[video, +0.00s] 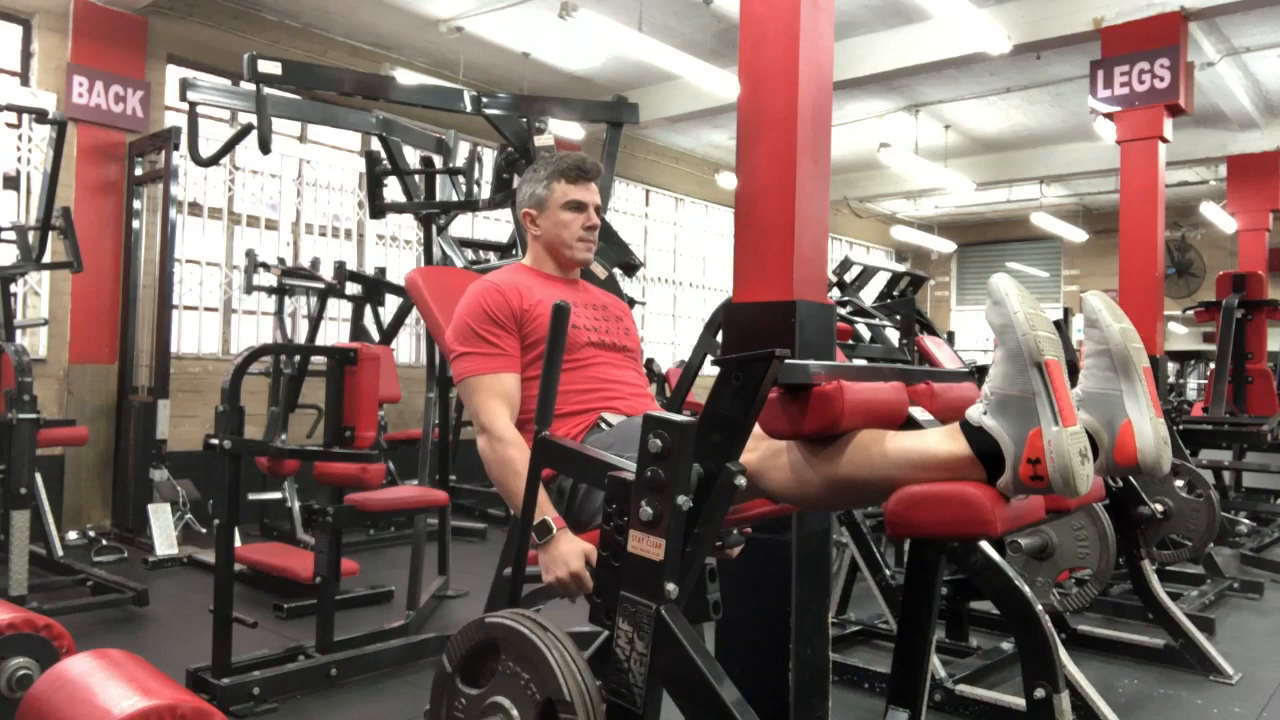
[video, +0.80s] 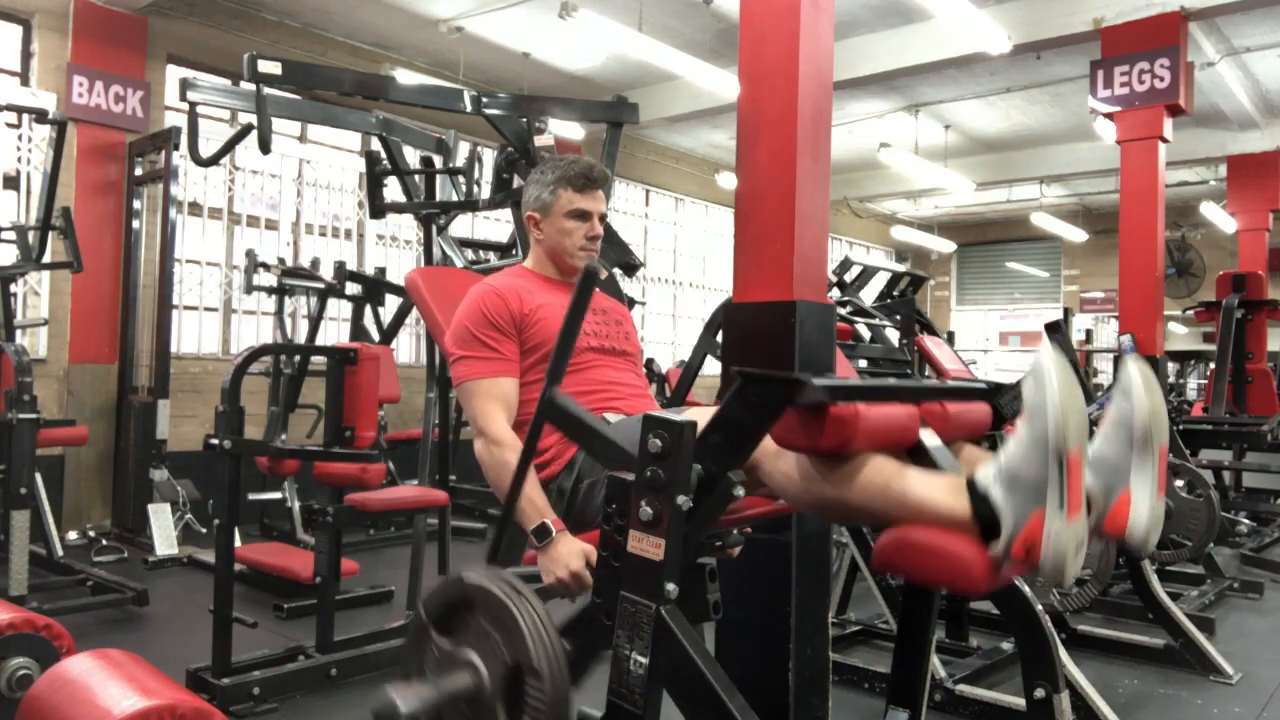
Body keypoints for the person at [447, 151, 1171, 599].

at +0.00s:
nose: (586, 225)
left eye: (593, 213)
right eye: (571, 211)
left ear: (596, 221)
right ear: (528, 215)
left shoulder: (609, 304)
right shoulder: (496, 295)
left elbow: (648, 398)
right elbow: (493, 428)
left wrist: (715, 430)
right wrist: (549, 530)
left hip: (663, 442)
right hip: (588, 462)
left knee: (828, 447)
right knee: (774, 457)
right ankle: (988, 444)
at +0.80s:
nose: (593, 234)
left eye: (598, 221)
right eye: (578, 219)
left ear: (598, 226)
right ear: (533, 219)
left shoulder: (608, 306)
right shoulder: (495, 298)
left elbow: (653, 398)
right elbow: (490, 429)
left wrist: (717, 421)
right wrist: (546, 533)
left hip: (656, 442)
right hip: (583, 465)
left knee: (817, 452)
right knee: (774, 455)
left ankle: (999, 501)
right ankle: (993, 504)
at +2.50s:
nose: (600, 242)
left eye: (605, 228)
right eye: (588, 225)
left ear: (606, 227)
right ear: (545, 220)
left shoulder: (582, 297)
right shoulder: (494, 301)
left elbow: (613, 397)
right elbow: (492, 436)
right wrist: (549, 536)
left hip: (643, 441)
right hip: (583, 463)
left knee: (849, 425)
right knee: (756, 425)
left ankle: (834, 642)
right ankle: (734, 662)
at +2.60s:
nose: (595, 241)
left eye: (601, 228)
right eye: (582, 224)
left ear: (603, 230)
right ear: (538, 221)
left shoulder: (588, 294)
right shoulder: (497, 301)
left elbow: (623, 391)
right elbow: (490, 435)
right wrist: (550, 537)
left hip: (645, 437)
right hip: (584, 464)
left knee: (850, 426)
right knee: (756, 426)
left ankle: (839, 643)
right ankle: (738, 666)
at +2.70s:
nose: (597, 241)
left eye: (600, 227)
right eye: (583, 224)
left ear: (600, 232)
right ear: (537, 224)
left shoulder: (604, 303)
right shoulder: (499, 304)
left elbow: (640, 391)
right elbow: (490, 435)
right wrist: (549, 536)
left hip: (654, 440)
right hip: (587, 463)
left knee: (850, 424)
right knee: (754, 427)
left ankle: (848, 645)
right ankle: (745, 669)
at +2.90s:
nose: (599, 239)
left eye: (605, 228)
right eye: (586, 224)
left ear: (605, 236)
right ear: (539, 226)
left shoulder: (610, 306)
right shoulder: (502, 299)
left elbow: (649, 392)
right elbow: (490, 436)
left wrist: (717, 412)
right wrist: (550, 538)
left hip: (653, 445)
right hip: (585, 467)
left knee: (851, 423)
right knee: (755, 429)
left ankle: (877, 644)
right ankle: (768, 678)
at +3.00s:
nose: (601, 236)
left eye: (606, 223)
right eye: (587, 221)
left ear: (605, 232)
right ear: (541, 225)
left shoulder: (614, 309)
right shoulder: (510, 298)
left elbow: (650, 396)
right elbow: (488, 434)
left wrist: (711, 425)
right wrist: (551, 537)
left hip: (655, 446)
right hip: (587, 468)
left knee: (851, 421)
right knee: (757, 423)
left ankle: (891, 646)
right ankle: (785, 681)